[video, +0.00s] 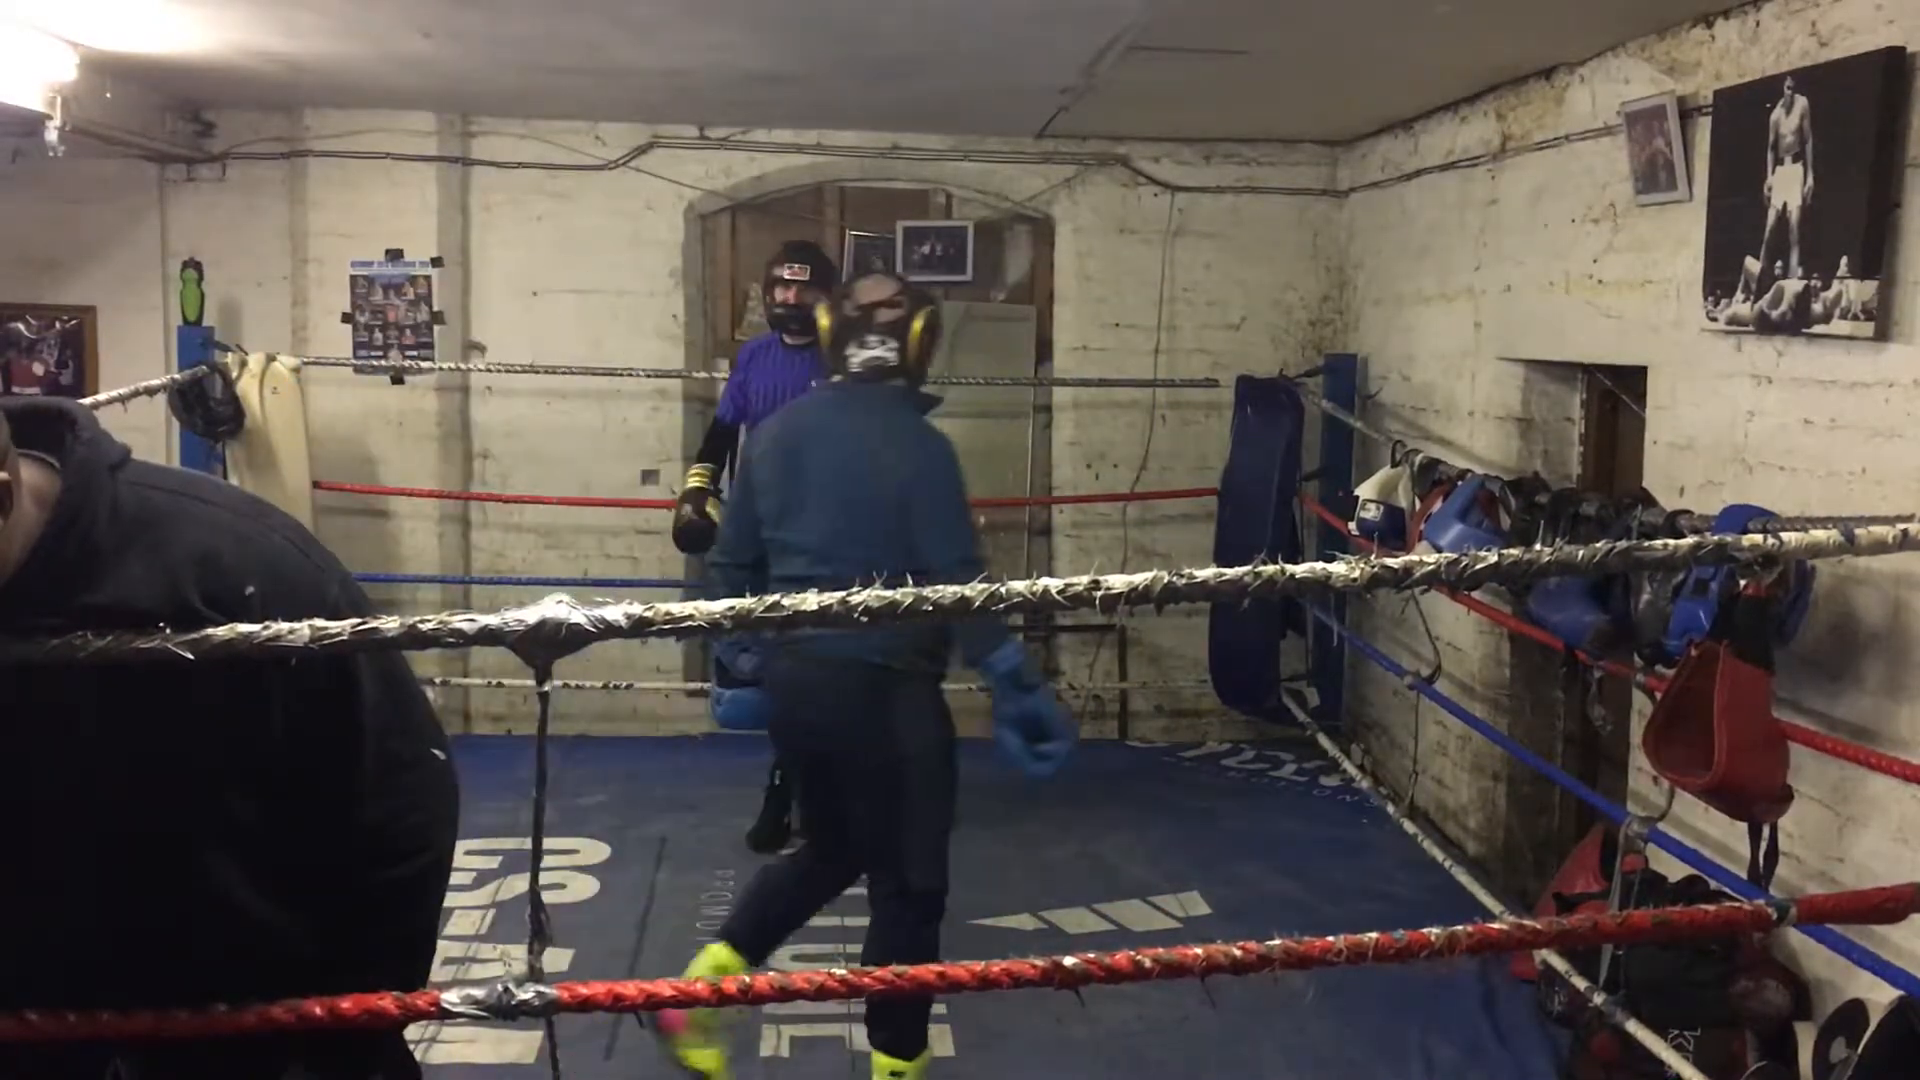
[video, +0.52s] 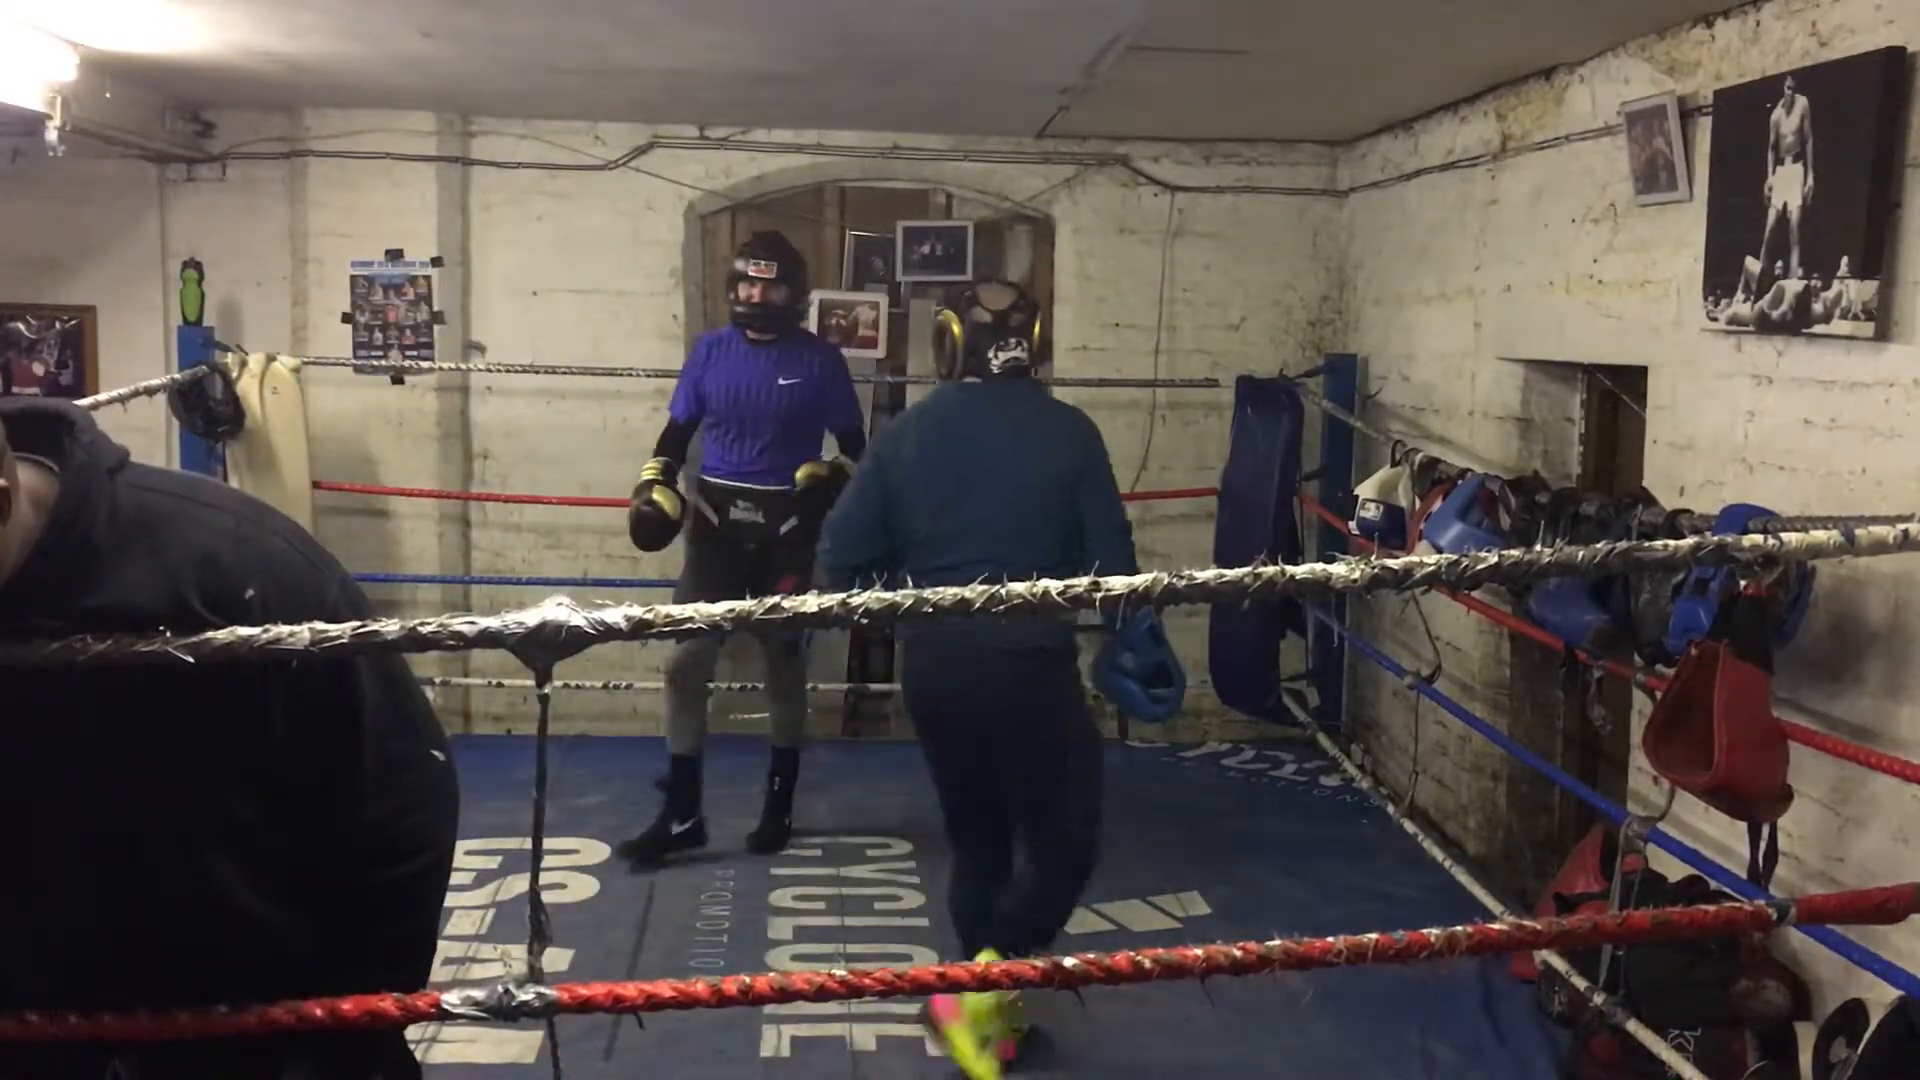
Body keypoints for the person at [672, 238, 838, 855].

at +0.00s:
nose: (785, 294)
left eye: (799, 284)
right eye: (778, 283)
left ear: (825, 294)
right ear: (766, 290)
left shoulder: (841, 356)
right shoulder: (753, 355)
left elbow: (864, 431)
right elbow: (723, 427)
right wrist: (696, 490)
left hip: (825, 523)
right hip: (758, 522)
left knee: (804, 659)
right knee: (777, 657)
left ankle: (778, 799)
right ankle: (810, 794)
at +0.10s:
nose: (788, 292)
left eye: (801, 282)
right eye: (780, 280)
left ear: (826, 291)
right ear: (766, 287)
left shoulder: (848, 356)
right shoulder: (749, 353)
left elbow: (869, 430)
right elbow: (724, 431)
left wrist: (862, 495)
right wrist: (704, 493)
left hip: (825, 509)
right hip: (758, 509)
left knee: (803, 643)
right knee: (764, 639)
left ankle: (780, 792)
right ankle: (815, 757)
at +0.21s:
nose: (782, 291)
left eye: (797, 282)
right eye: (775, 280)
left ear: (821, 291)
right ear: (763, 284)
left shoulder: (842, 359)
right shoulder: (743, 347)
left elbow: (853, 442)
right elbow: (716, 425)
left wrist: (839, 509)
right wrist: (707, 487)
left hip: (808, 511)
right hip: (740, 507)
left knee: (797, 642)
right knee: (721, 646)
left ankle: (782, 790)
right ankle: (781, 723)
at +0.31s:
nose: (776, 289)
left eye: (791, 280)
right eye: (769, 277)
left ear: (817, 291)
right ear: (757, 283)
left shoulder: (835, 359)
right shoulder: (737, 346)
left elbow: (862, 448)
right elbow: (709, 426)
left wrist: (827, 511)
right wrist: (693, 482)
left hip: (798, 518)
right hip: (727, 510)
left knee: (784, 655)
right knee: (698, 653)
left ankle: (783, 793)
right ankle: (749, 753)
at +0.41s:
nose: (771, 293)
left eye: (785, 282)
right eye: (761, 280)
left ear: (808, 290)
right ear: (747, 286)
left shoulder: (831, 360)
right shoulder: (726, 346)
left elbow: (863, 448)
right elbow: (695, 426)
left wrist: (836, 484)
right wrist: (675, 475)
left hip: (793, 520)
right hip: (721, 515)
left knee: (789, 656)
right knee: (688, 655)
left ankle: (781, 799)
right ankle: (715, 783)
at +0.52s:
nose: (754, 294)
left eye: (769, 283)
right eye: (745, 281)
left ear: (794, 292)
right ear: (732, 287)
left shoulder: (820, 360)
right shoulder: (709, 352)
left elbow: (852, 442)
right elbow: (677, 433)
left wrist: (831, 474)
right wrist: (655, 483)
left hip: (789, 525)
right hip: (717, 521)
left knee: (784, 667)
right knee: (684, 663)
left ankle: (778, 809)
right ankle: (681, 814)